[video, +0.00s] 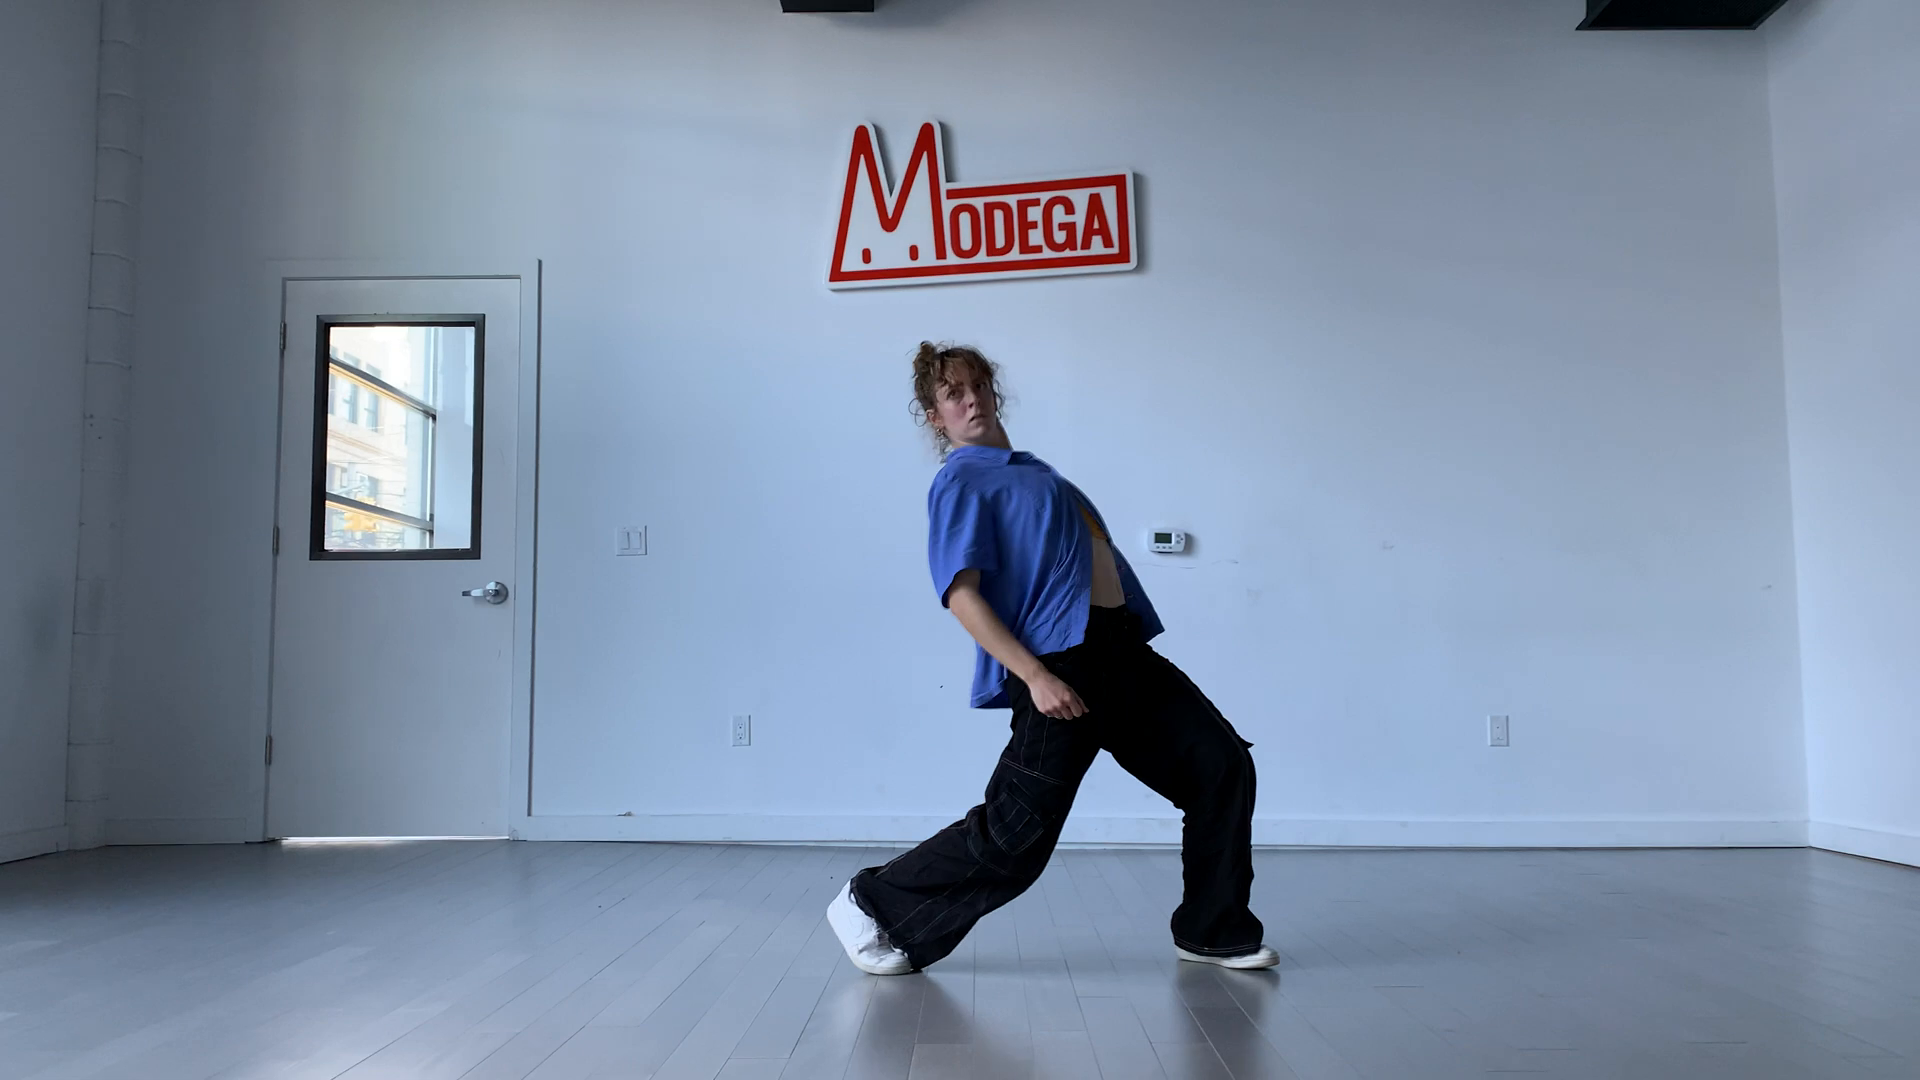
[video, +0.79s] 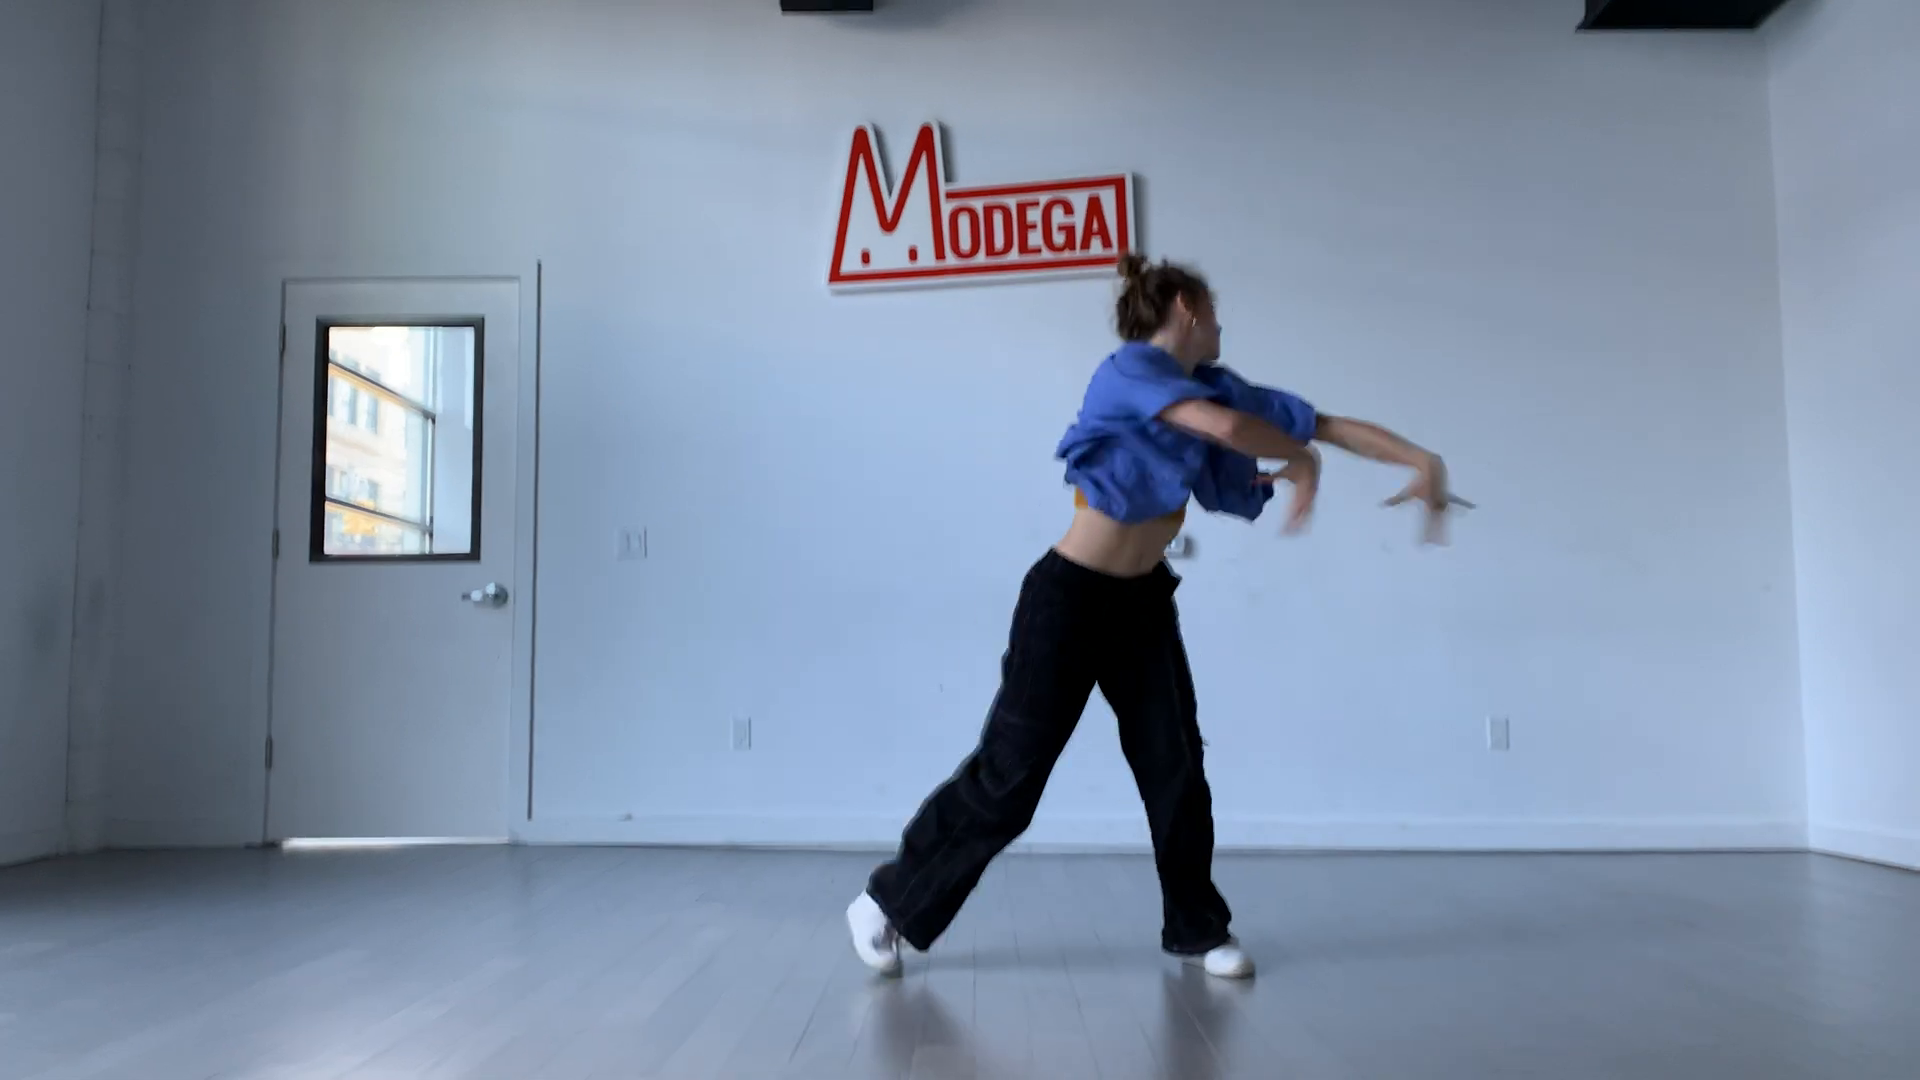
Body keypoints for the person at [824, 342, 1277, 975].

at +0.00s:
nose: (974, 398)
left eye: (980, 386)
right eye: (955, 393)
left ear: (996, 397)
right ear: (934, 417)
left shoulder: (1034, 472)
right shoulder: (959, 477)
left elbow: (1085, 552)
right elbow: (959, 594)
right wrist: (1034, 673)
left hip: (1121, 650)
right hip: (1061, 663)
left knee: (1224, 767)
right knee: (1011, 840)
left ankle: (1213, 928)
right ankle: (872, 904)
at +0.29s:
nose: (1021, 351)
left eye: (1008, 351)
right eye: (1005, 364)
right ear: (1013, 405)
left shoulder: (1103, 432)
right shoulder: (1047, 425)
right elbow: (994, 521)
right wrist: (1058, 606)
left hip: (1119, 646)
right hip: (1057, 645)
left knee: (1212, 759)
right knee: (997, 806)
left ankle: (1217, 923)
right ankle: (861, 910)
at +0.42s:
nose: (1095, 323)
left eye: (1082, 320)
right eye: (1078, 329)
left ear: (1093, 354)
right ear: (1074, 365)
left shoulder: (1140, 421)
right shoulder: (1091, 400)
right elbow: (1016, 447)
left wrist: (1151, 535)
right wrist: (1082, 520)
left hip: (1107, 631)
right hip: (1045, 625)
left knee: (1189, 758)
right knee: (983, 789)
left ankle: (1216, 925)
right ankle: (858, 918)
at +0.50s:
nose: (1159, 328)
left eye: (1150, 320)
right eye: (1143, 323)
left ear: (1132, 347)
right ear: (1119, 343)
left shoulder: (1157, 422)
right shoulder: (1118, 382)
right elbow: (1061, 394)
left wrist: (1152, 532)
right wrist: (1113, 466)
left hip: (1101, 622)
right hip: (1039, 611)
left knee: (1172, 765)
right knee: (977, 782)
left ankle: (1210, 927)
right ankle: (859, 921)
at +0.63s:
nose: (1192, 335)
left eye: (1191, 325)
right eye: (1182, 324)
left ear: (1154, 333)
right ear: (1155, 330)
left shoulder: (1168, 421)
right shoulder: (1131, 368)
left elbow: (1220, 472)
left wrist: (1238, 467)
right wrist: (1182, 441)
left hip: (1105, 618)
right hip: (1036, 606)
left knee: (1161, 780)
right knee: (967, 780)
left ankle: (1201, 930)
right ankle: (856, 920)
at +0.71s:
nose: (1207, 334)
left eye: (1206, 324)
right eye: (1201, 321)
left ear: (1176, 324)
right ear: (1173, 318)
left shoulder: (1206, 402)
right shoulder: (1130, 365)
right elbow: (1232, 381)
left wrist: (1336, 471)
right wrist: (1241, 459)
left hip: (1119, 607)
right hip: (1048, 598)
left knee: (1165, 772)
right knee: (978, 770)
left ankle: (1195, 927)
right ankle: (864, 909)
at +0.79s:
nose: (1217, 323)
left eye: (1214, 311)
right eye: (1209, 310)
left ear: (1174, 315)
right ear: (1179, 309)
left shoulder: (1217, 390)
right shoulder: (1130, 371)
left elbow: (1320, 422)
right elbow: (1224, 427)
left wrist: (1421, 458)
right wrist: (1299, 457)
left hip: (1146, 603)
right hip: (1069, 599)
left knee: (1178, 776)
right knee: (1007, 778)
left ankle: (1199, 936)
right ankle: (887, 903)